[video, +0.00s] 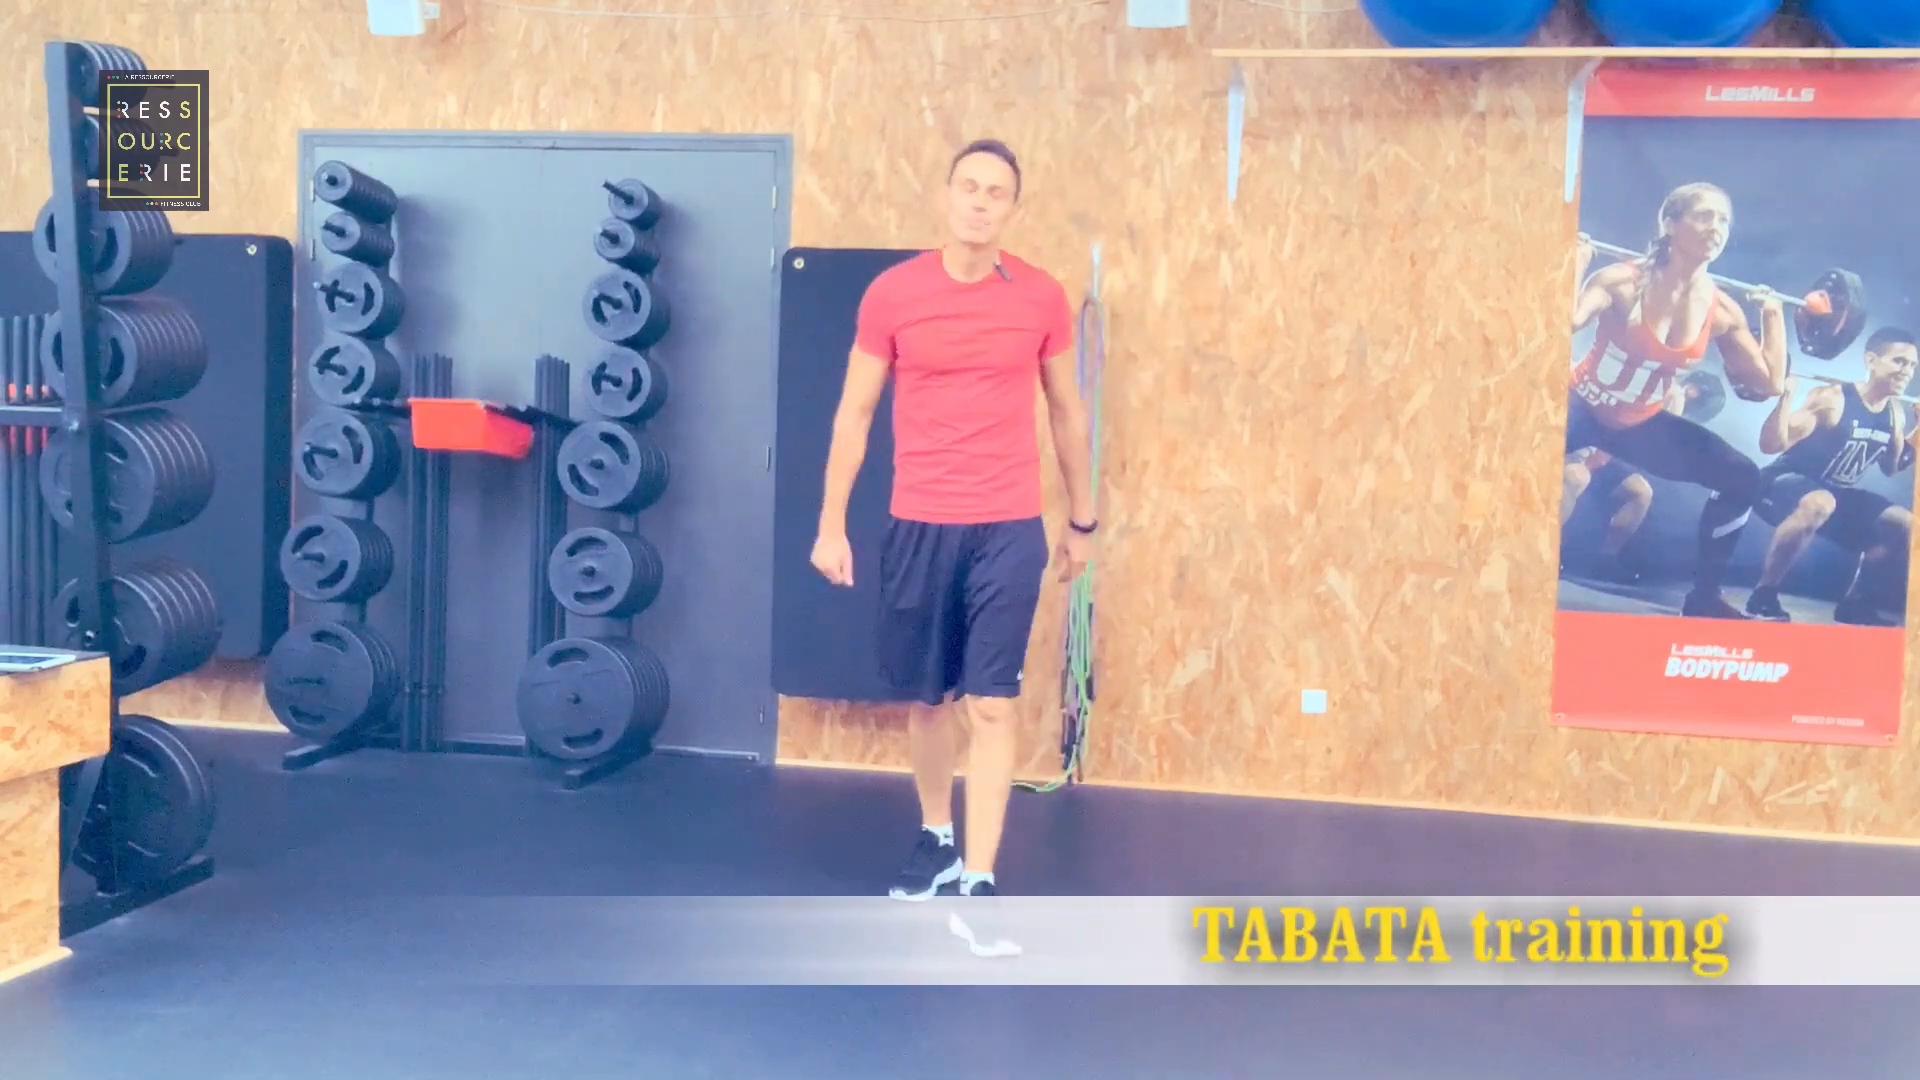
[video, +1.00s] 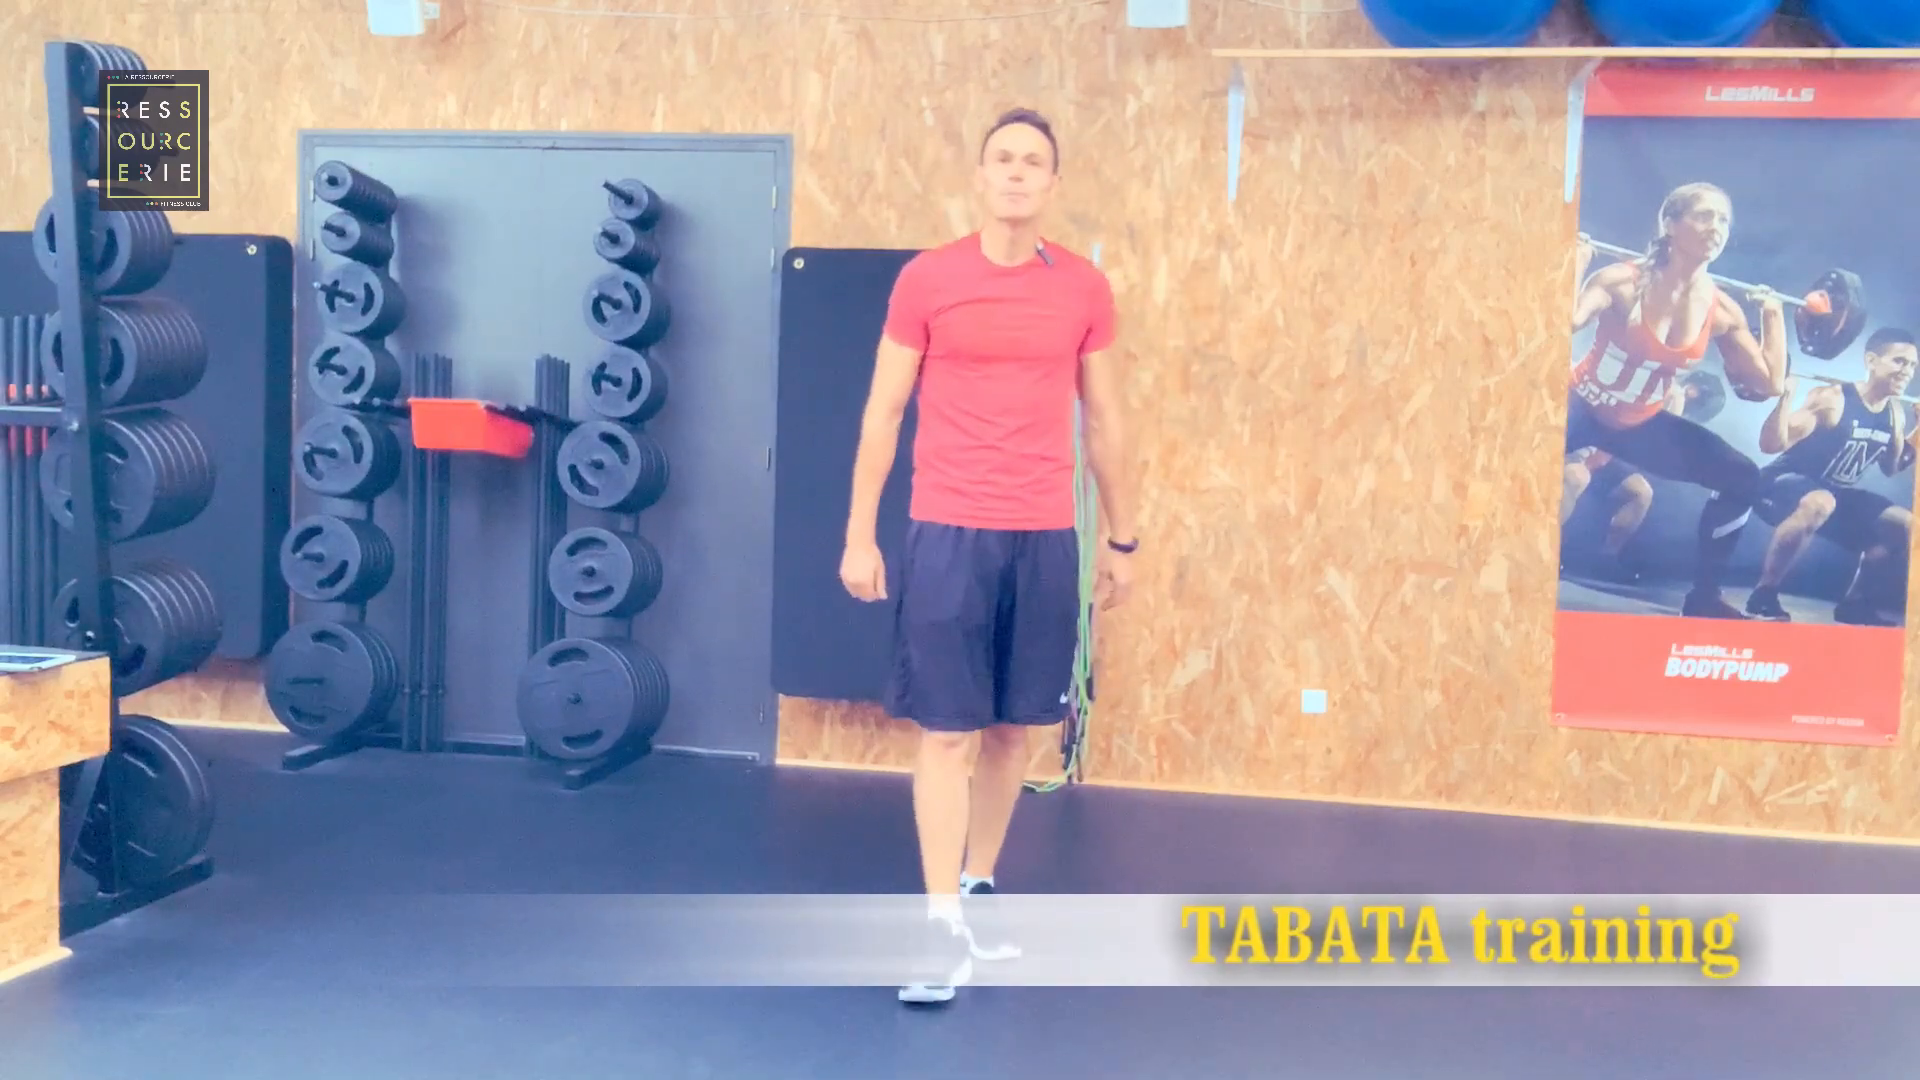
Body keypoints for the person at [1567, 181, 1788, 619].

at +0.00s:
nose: (1716, 228)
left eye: (1724, 221)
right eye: (1704, 216)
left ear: (1728, 234)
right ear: (1671, 224)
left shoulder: (1722, 310)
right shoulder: (1620, 279)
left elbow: (1768, 386)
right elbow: (1559, 324)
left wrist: (1773, 312)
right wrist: (1573, 269)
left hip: (1644, 425)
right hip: (1579, 409)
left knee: (1741, 477)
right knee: (1515, 447)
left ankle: (1705, 597)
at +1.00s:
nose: (1716, 228)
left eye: (1724, 220)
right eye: (1704, 216)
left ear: (1728, 234)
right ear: (1670, 224)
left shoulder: (1721, 310)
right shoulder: (1620, 280)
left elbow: (1769, 385)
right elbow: (1558, 325)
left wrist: (1773, 312)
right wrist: (1573, 268)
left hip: (1644, 425)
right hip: (1579, 408)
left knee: (1742, 478)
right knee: (1513, 451)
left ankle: (1705, 597)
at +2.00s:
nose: (1716, 228)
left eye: (1724, 221)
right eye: (1704, 216)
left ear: (1728, 234)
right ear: (1671, 224)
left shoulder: (1722, 310)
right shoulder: (1620, 280)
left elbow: (1769, 385)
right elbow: (1559, 325)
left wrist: (1773, 311)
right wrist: (1573, 270)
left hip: (1644, 425)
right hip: (1579, 409)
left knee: (1742, 477)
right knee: (1517, 446)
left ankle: (1705, 597)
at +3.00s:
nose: (1716, 228)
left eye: (1724, 221)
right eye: (1704, 216)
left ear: (1728, 234)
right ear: (1670, 224)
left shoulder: (1722, 310)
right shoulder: (1620, 279)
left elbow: (1769, 385)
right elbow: (1559, 325)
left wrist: (1773, 312)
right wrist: (1573, 269)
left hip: (1643, 424)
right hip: (1579, 408)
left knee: (1741, 477)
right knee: (1517, 447)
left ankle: (1705, 597)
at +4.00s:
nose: (1717, 228)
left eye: (1724, 220)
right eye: (1705, 216)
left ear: (1728, 233)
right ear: (1670, 224)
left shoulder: (1722, 311)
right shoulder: (1620, 279)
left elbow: (1769, 385)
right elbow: (1558, 326)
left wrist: (1773, 312)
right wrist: (1573, 269)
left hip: (1644, 425)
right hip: (1579, 409)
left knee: (1742, 477)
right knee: (1511, 450)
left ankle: (1705, 597)